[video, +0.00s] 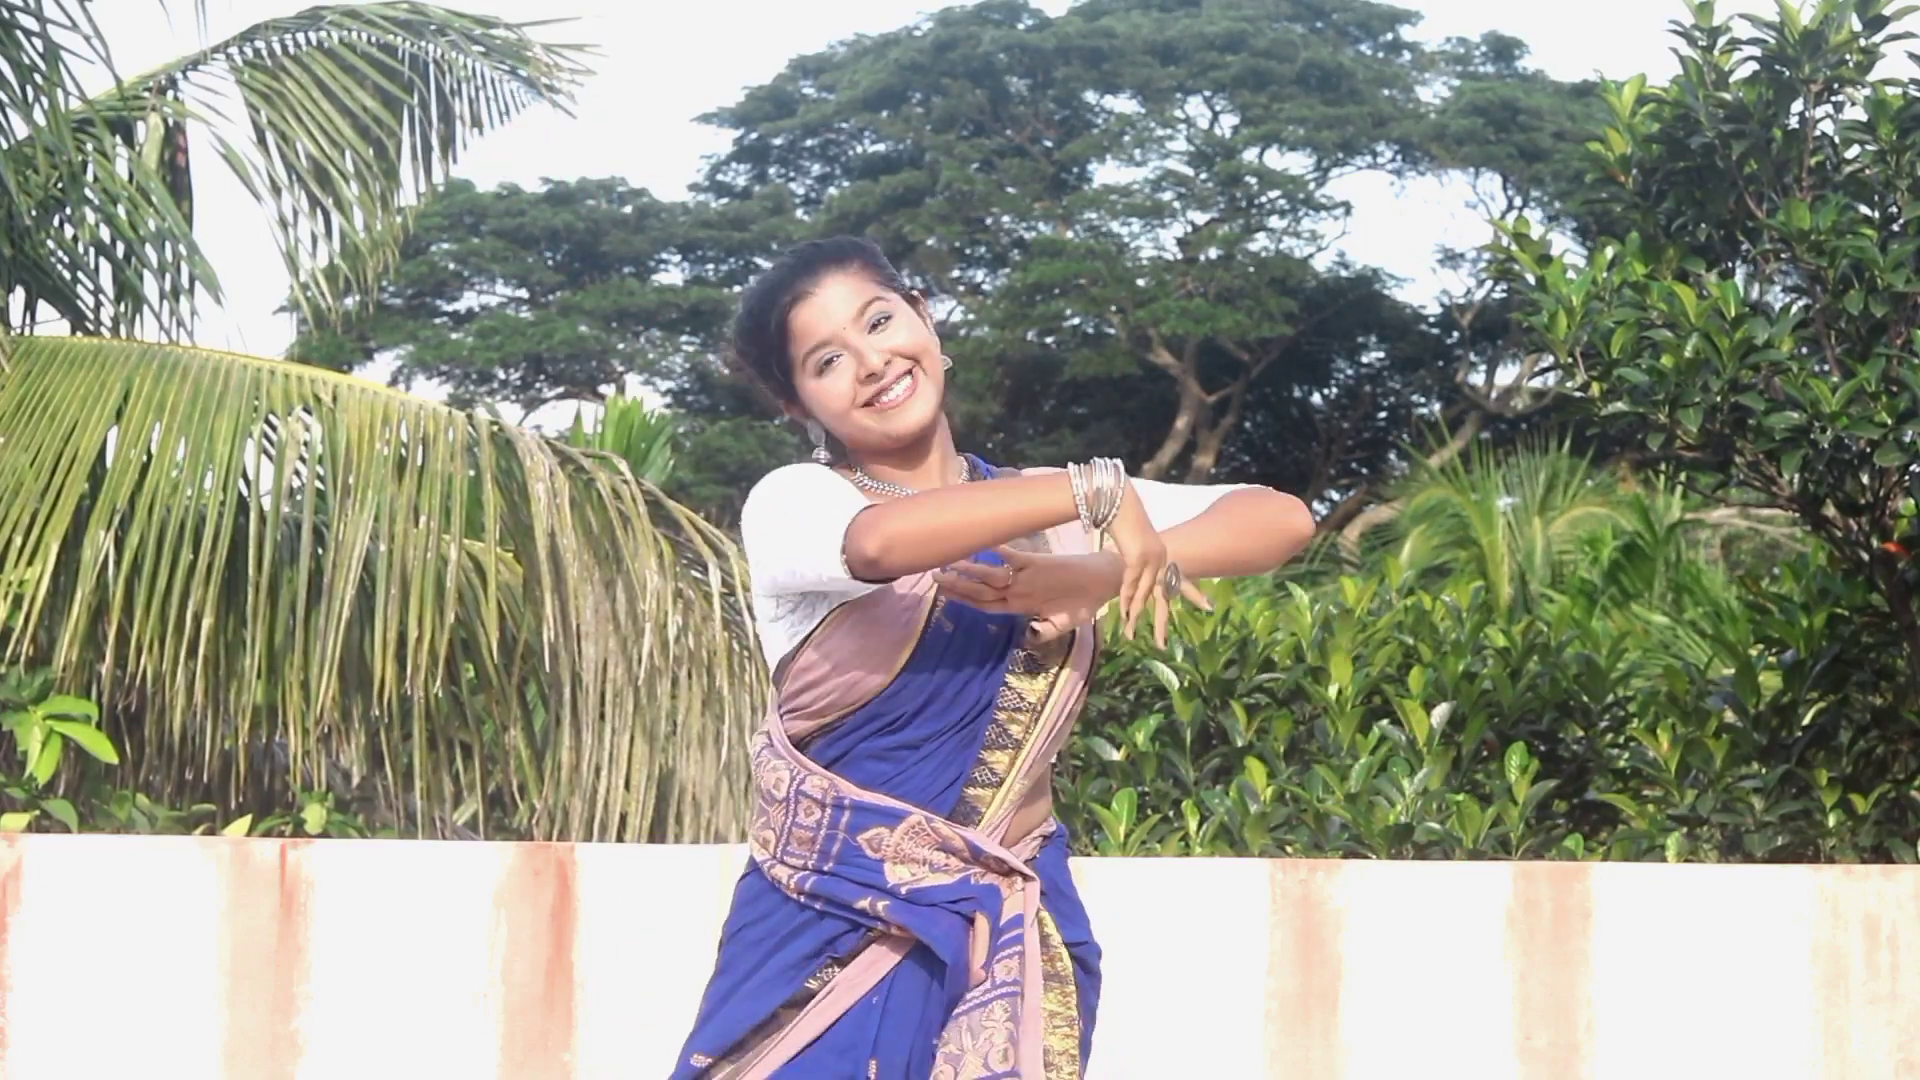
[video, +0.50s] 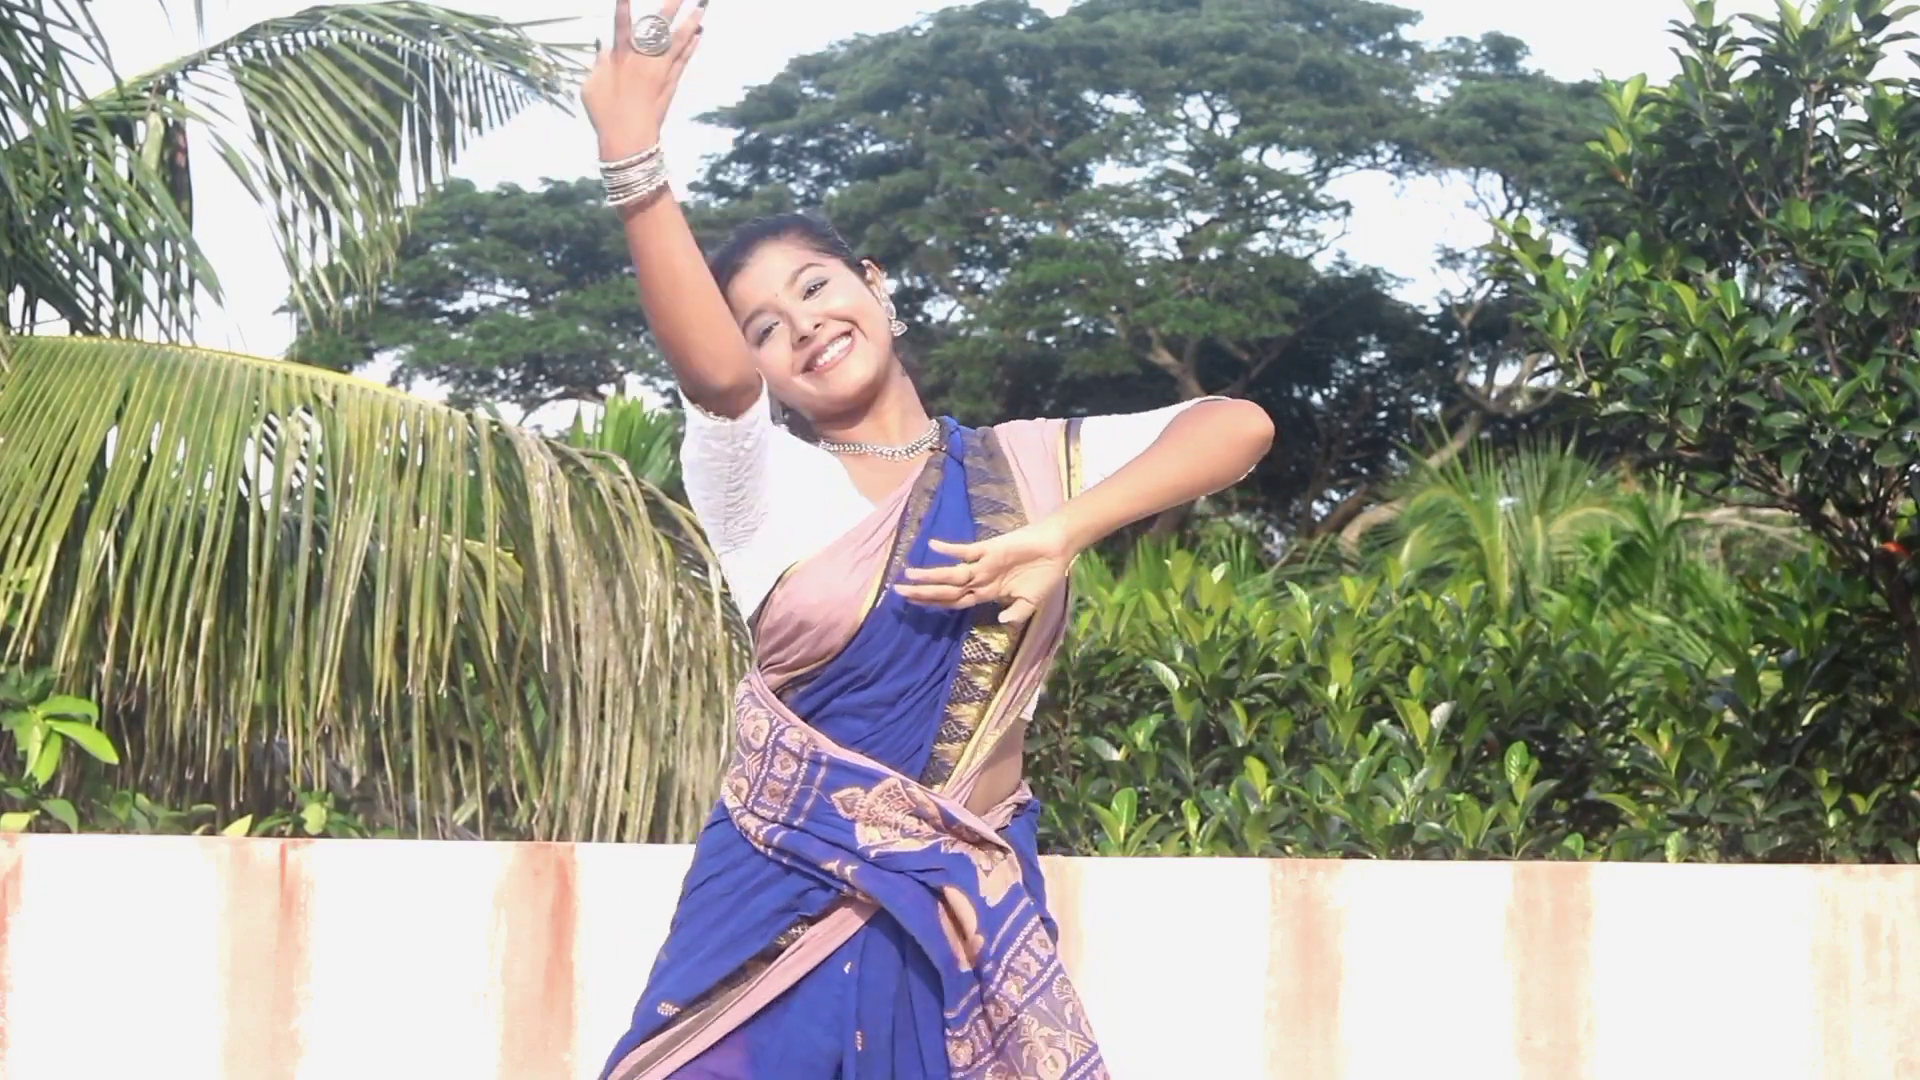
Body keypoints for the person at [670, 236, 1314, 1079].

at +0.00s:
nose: (872, 359)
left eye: (880, 319)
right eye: (827, 360)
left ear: (928, 325)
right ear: (805, 411)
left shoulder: (1044, 497)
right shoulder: (793, 501)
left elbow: (1288, 521)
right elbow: (877, 543)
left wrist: (1100, 573)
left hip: (1012, 940)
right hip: (823, 929)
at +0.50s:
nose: (803, 323)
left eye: (816, 284)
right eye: (766, 326)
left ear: (882, 292)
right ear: (751, 376)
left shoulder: (1024, 461)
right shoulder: (764, 487)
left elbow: (1242, 426)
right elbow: (718, 375)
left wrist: (1067, 529)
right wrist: (632, 157)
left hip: (972, 930)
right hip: (769, 917)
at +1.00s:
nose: (730, 280)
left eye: (768, 255)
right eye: (740, 256)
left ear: (856, 290)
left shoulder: (866, 464)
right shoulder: (726, 436)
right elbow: (551, 325)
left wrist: (600, 524)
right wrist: (650, 148)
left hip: (765, 869)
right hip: (637, 862)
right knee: (608, 1063)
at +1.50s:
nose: (746, 307)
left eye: (743, 283)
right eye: (747, 287)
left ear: (586, 294)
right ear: (718, 308)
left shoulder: (482, 474)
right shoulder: (792, 446)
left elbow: (322, 470)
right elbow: (982, 328)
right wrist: (809, 271)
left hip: (596, 882)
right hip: (798, 892)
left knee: (519, 1063)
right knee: (756, 1065)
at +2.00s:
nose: (610, 278)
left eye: (635, 249)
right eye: (570, 252)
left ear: (663, 271)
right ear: (509, 279)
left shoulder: (660, 422)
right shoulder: (515, 404)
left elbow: (853, 452)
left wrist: (849, 524)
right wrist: (723, 455)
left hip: (686, 819)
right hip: (553, 819)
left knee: (699, 1061)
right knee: (543, 1060)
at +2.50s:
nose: (598, 297)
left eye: (637, 278)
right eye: (573, 264)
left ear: (676, 319)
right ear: (527, 287)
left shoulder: (692, 471)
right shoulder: (430, 450)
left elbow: (838, 471)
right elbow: (173, 427)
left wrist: (606, 491)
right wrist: (315, 529)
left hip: (613, 862)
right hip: (421, 856)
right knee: (407, 1062)